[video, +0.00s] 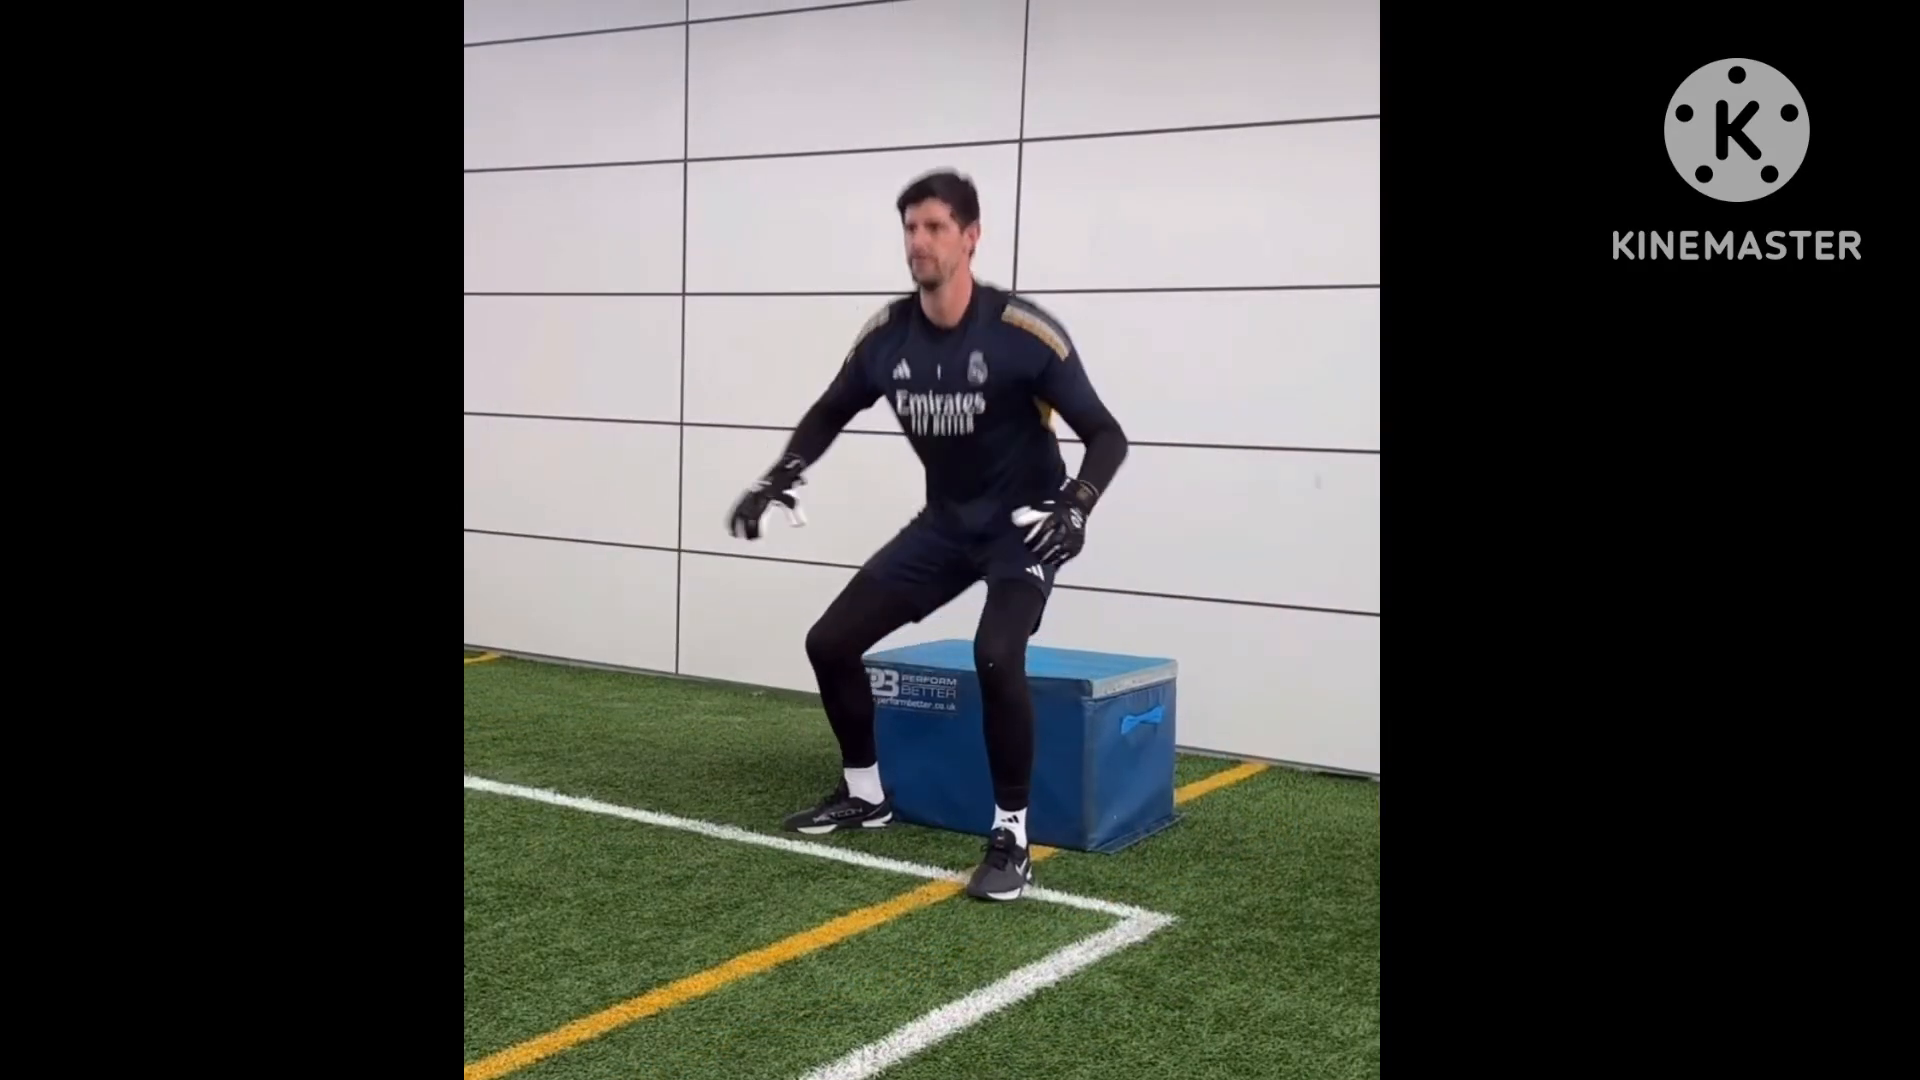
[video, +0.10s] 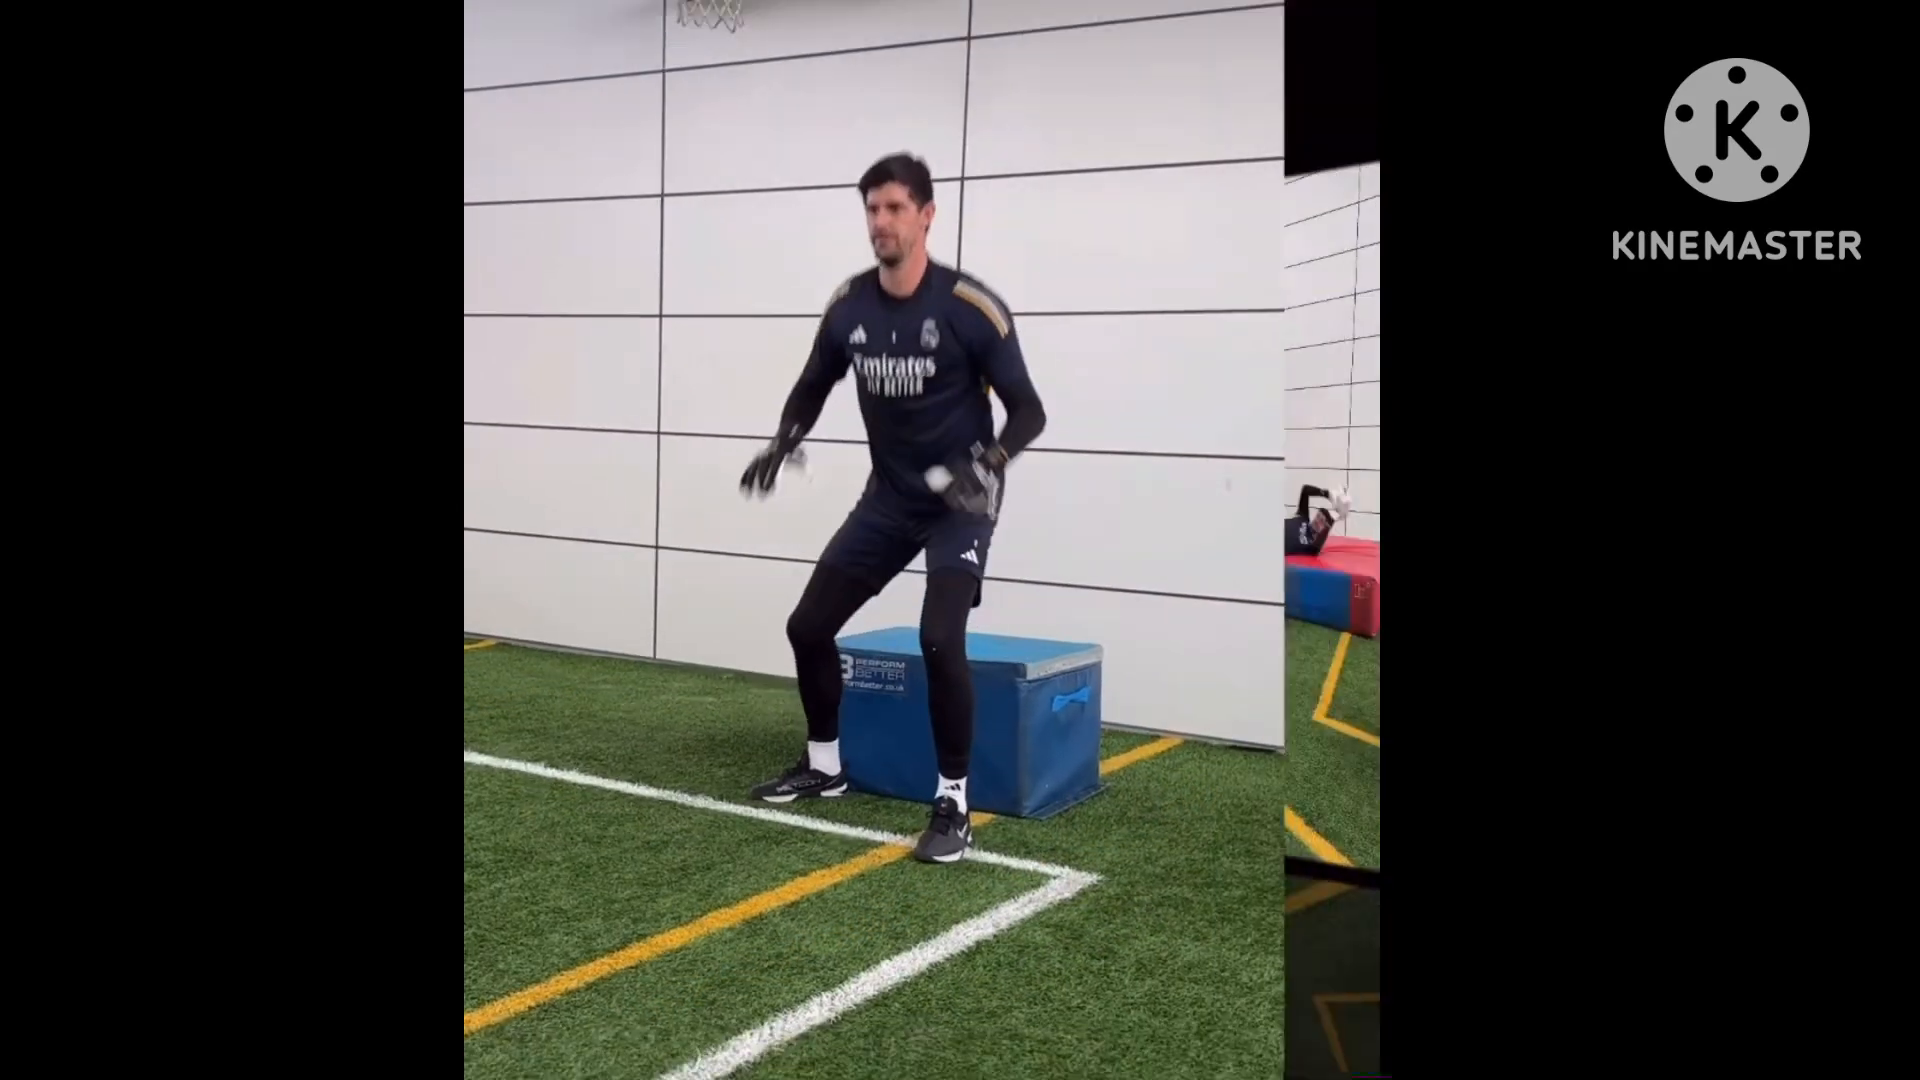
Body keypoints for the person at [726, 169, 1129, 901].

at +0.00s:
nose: (916, 242)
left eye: (932, 228)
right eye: (909, 229)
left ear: (970, 236)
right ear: (903, 241)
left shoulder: (1024, 331)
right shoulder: (888, 336)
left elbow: (1107, 437)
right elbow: (829, 414)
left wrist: (1076, 504)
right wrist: (781, 476)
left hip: (1026, 522)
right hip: (946, 524)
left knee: (998, 657)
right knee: (830, 645)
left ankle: (1009, 838)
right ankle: (865, 798)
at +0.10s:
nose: (880, 221)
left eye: (894, 208)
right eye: (872, 209)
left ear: (926, 215)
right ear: (865, 219)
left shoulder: (972, 306)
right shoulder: (850, 307)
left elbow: (1029, 411)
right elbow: (812, 385)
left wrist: (991, 460)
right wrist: (786, 438)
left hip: (962, 498)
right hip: (888, 496)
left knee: (940, 640)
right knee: (809, 627)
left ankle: (952, 805)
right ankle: (824, 770)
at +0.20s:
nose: (847, 230)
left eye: (859, 218)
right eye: (839, 219)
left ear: (887, 223)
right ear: (832, 224)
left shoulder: (920, 302)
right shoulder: (812, 295)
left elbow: (961, 401)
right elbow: (764, 362)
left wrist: (906, 392)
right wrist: (753, 367)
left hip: (897, 489)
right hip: (830, 485)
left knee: (883, 624)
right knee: (781, 612)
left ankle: (893, 770)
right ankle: (781, 741)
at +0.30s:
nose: (825, 254)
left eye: (835, 245)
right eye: (818, 245)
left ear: (857, 249)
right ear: (806, 248)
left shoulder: (876, 315)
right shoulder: (788, 303)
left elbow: (902, 384)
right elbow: (729, 350)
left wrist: (861, 324)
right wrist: (758, 304)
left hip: (844, 485)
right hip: (785, 482)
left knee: (836, 613)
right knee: (750, 602)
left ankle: (847, 744)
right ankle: (748, 719)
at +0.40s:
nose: (796, 267)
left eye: (806, 260)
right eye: (789, 258)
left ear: (822, 267)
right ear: (778, 263)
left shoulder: (833, 326)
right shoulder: (755, 309)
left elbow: (862, 393)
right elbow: (728, 344)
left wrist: (861, 329)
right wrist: (783, 305)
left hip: (803, 484)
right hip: (751, 481)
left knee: (798, 603)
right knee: (719, 593)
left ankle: (808, 722)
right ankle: (719, 699)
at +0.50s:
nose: (769, 301)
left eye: (778, 293)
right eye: (762, 292)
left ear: (791, 297)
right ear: (749, 293)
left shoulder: (798, 350)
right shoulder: (725, 330)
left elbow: (838, 423)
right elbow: (715, 380)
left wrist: (847, 383)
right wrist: (779, 356)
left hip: (769, 488)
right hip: (721, 485)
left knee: (769, 596)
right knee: (697, 588)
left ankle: (777, 703)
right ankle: (694, 683)